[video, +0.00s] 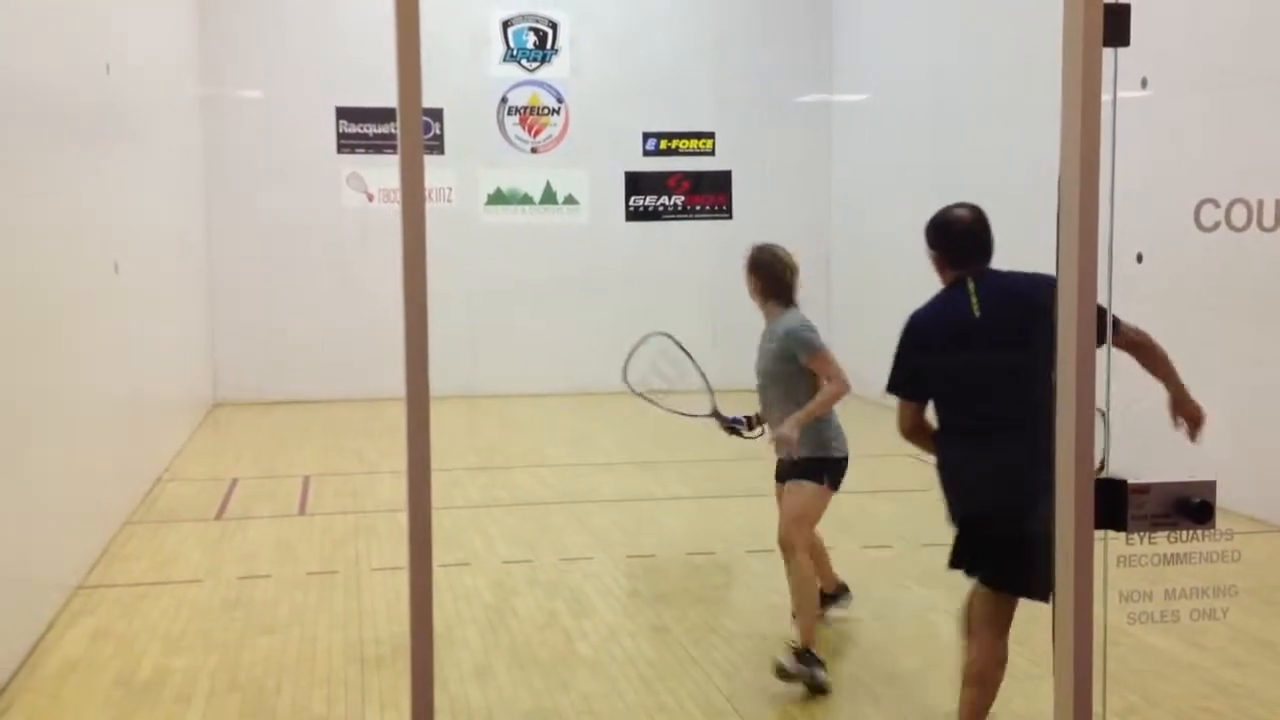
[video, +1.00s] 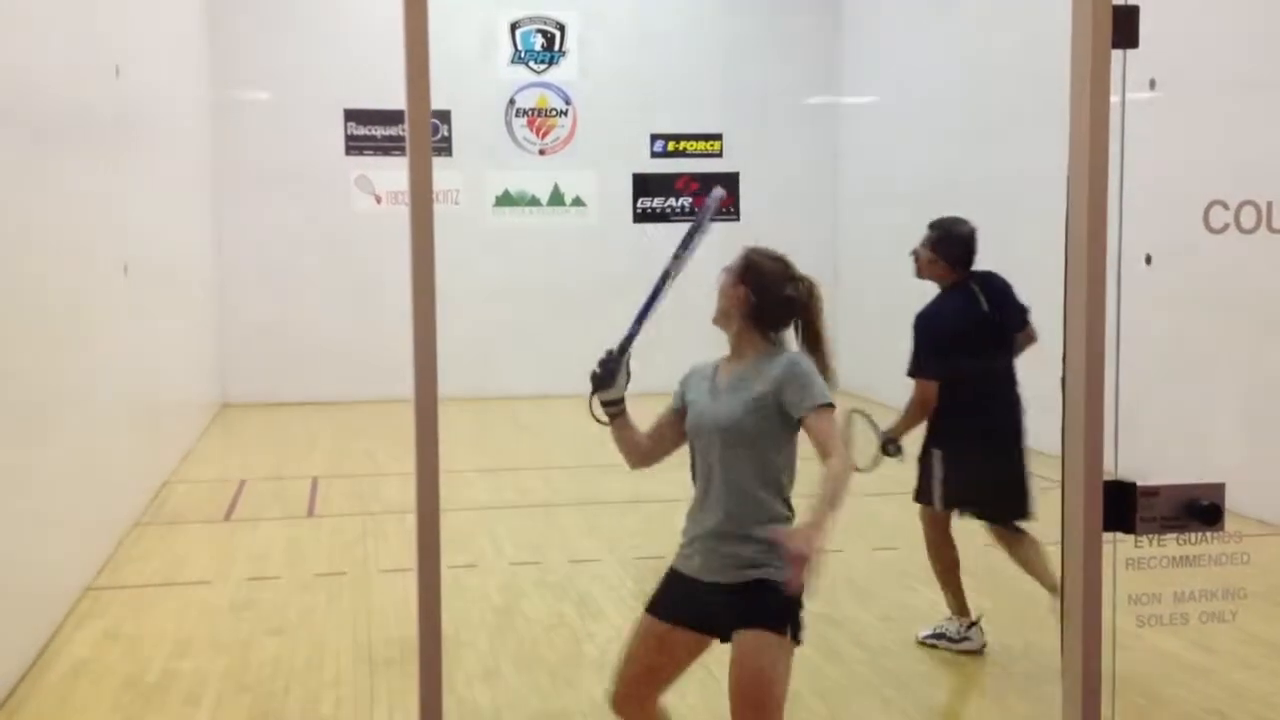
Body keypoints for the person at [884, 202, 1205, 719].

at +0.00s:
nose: (933, 260)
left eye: (932, 253)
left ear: (936, 257)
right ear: (990, 249)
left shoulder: (926, 324)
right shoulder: (1044, 293)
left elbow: (909, 426)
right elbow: (1137, 341)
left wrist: (948, 448)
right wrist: (1179, 394)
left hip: (982, 495)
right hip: (1053, 486)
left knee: (987, 624)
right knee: (987, 620)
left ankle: (971, 712)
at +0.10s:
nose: (949, 266)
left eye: (949, 259)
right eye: (952, 258)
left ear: (954, 264)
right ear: (1006, 254)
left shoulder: (943, 326)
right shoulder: (1055, 296)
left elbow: (926, 425)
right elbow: (1143, 350)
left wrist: (965, 452)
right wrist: (1152, 393)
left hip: (986, 478)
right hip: (1053, 473)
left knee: (1019, 596)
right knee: (1012, 602)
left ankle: (1051, 702)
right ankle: (981, 713)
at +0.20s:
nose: (961, 278)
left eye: (961, 272)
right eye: (962, 271)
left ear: (967, 276)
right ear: (1017, 266)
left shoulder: (958, 337)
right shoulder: (1063, 307)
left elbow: (942, 434)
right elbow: (1146, 363)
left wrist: (976, 467)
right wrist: (1138, 405)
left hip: (1003, 486)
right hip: (1065, 481)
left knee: (1039, 606)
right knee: (1051, 619)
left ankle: (1077, 707)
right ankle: (1010, 707)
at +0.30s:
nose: (970, 281)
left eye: (971, 274)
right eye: (971, 274)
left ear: (977, 276)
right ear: (1025, 266)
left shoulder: (968, 334)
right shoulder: (1073, 306)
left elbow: (952, 428)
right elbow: (1152, 369)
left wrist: (977, 465)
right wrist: (1150, 426)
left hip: (1007, 478)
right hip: (1074, 472)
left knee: (1036, 583)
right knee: (1084, 573)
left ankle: (1060, 678)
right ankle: (1072, 677)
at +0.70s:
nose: (967, 251)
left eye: (971, 246)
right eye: (969, 244)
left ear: (988, 254)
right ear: (1019, 250)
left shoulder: (978, 312)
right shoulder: (1061, 288)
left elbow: (970, 397)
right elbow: (1118, 353)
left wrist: (952, 441)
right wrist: (1119, 420)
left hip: (1011, 448)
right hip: (1070, 441)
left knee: (997, 534)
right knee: (1082, 548)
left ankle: (1039, 623)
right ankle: (1103, 660)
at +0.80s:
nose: (953, 249)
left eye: (960, 244)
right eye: (957, 241)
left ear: (979, 254)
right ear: (1004, 250)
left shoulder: (968, 310)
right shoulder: (1044, 287)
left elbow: (963, 391)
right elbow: (1073, 351)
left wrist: (940, 433)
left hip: (992, 441)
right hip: (1050, 438)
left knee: (968, 517)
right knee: (1072, 541)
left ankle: (996, 629)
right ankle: (1104, 652)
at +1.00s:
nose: (915, 251)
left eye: (924, 248)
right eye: (921, 245)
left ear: (941, 262)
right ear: (960, 259)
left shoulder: (933, 318)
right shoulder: (992, 286)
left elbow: (925, 399)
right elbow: (1027, 335)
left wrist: (892, 433)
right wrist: (988, 360)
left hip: (951, 435)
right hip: (1000, 430)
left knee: (934, 517)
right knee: (1002, 523)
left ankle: (961, 621)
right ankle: (1061, 592)